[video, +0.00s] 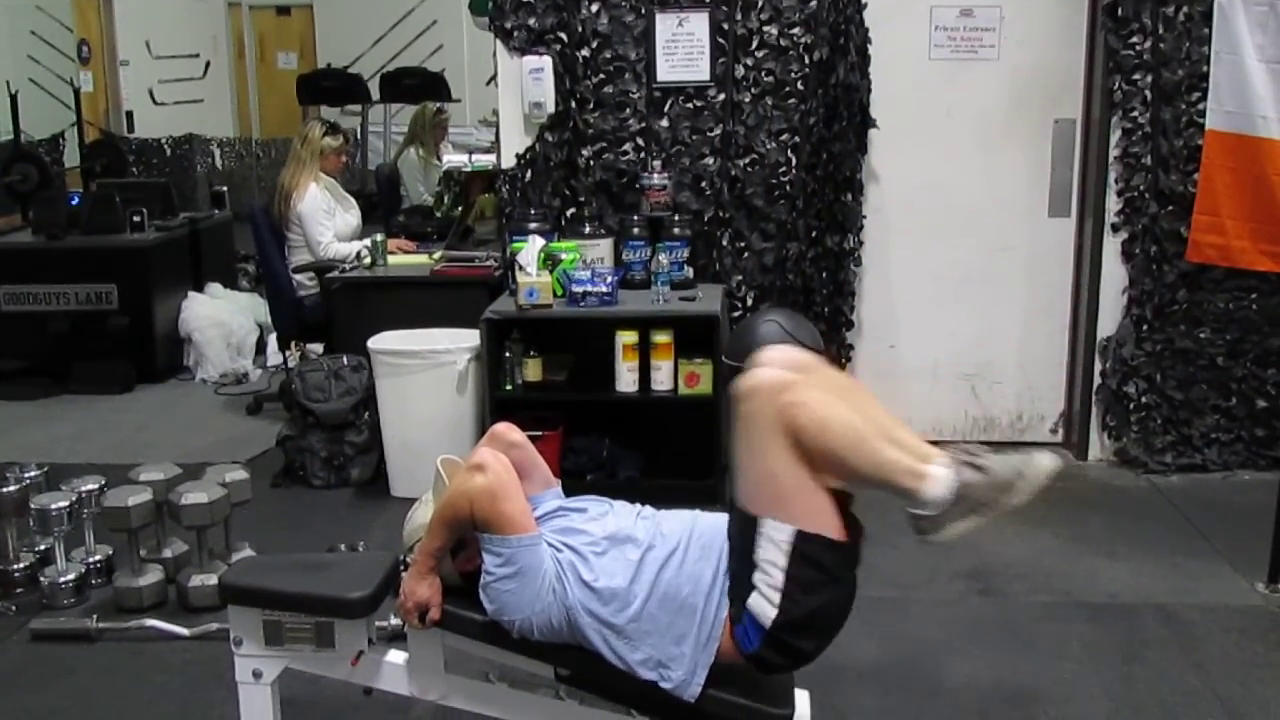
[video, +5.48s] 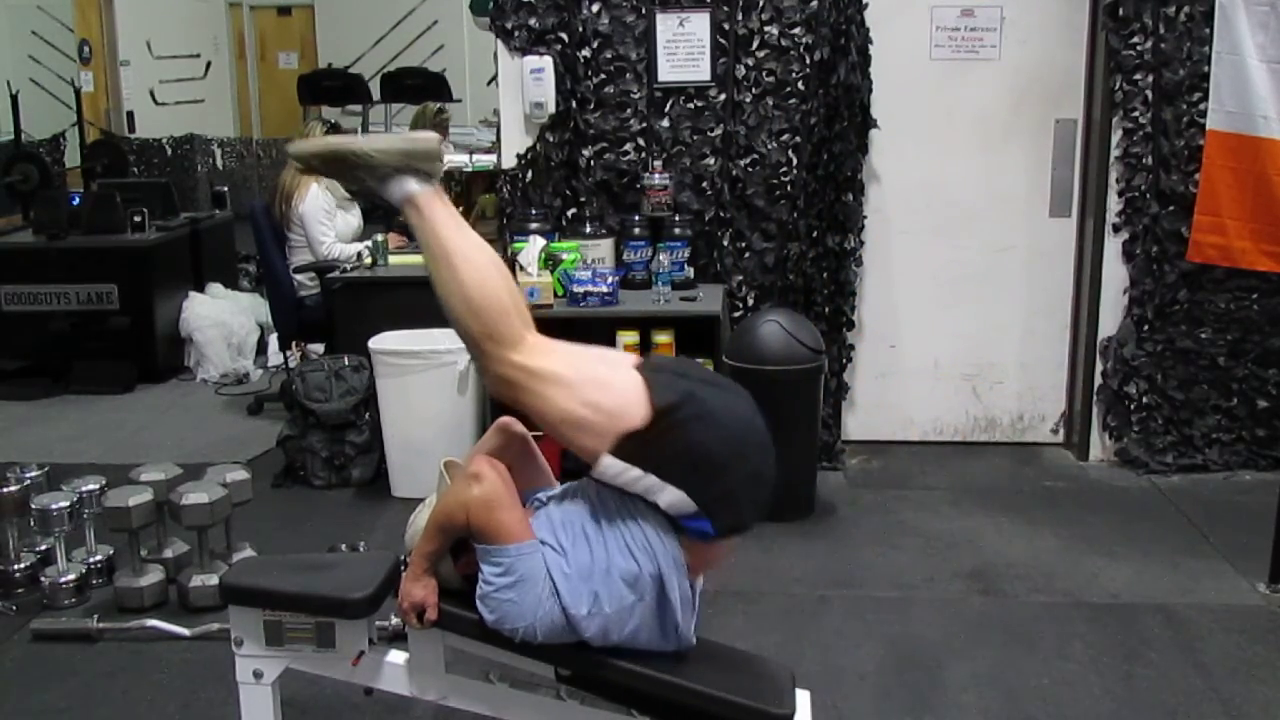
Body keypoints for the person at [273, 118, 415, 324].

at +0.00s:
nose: (344, 160)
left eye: (345, 154)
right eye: (338, 155)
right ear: (318, 155)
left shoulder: (322, 187)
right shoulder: (310, 192)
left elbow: (334, 244)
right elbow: (324, 251)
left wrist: (380, 243)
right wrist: (380, 246)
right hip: (318, 291)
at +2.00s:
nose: (345, 160)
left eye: (346, 153)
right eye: (339, 154)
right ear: (319, 155)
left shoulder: (325, 185)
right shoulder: (311, 192)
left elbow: (336, 243)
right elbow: (325, 251)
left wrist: (380, 243)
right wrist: (378, 245)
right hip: (319, 292)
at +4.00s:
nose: (345, 160)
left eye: (346, 153)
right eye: (340, 154)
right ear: (320, 154)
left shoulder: (324, 186)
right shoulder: (312, 192)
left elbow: (334, 244)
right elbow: (326, 251)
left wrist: (377, 243)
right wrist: (378, 245)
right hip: (318, 294)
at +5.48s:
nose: (346, 153)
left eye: (345, 146)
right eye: (341, 146)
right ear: (328, 148)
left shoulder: (327, 184)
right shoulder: (313, 190)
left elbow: (335, 245)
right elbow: (326, 251)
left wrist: (377, 242)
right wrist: (378, 246)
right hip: (317, 293)